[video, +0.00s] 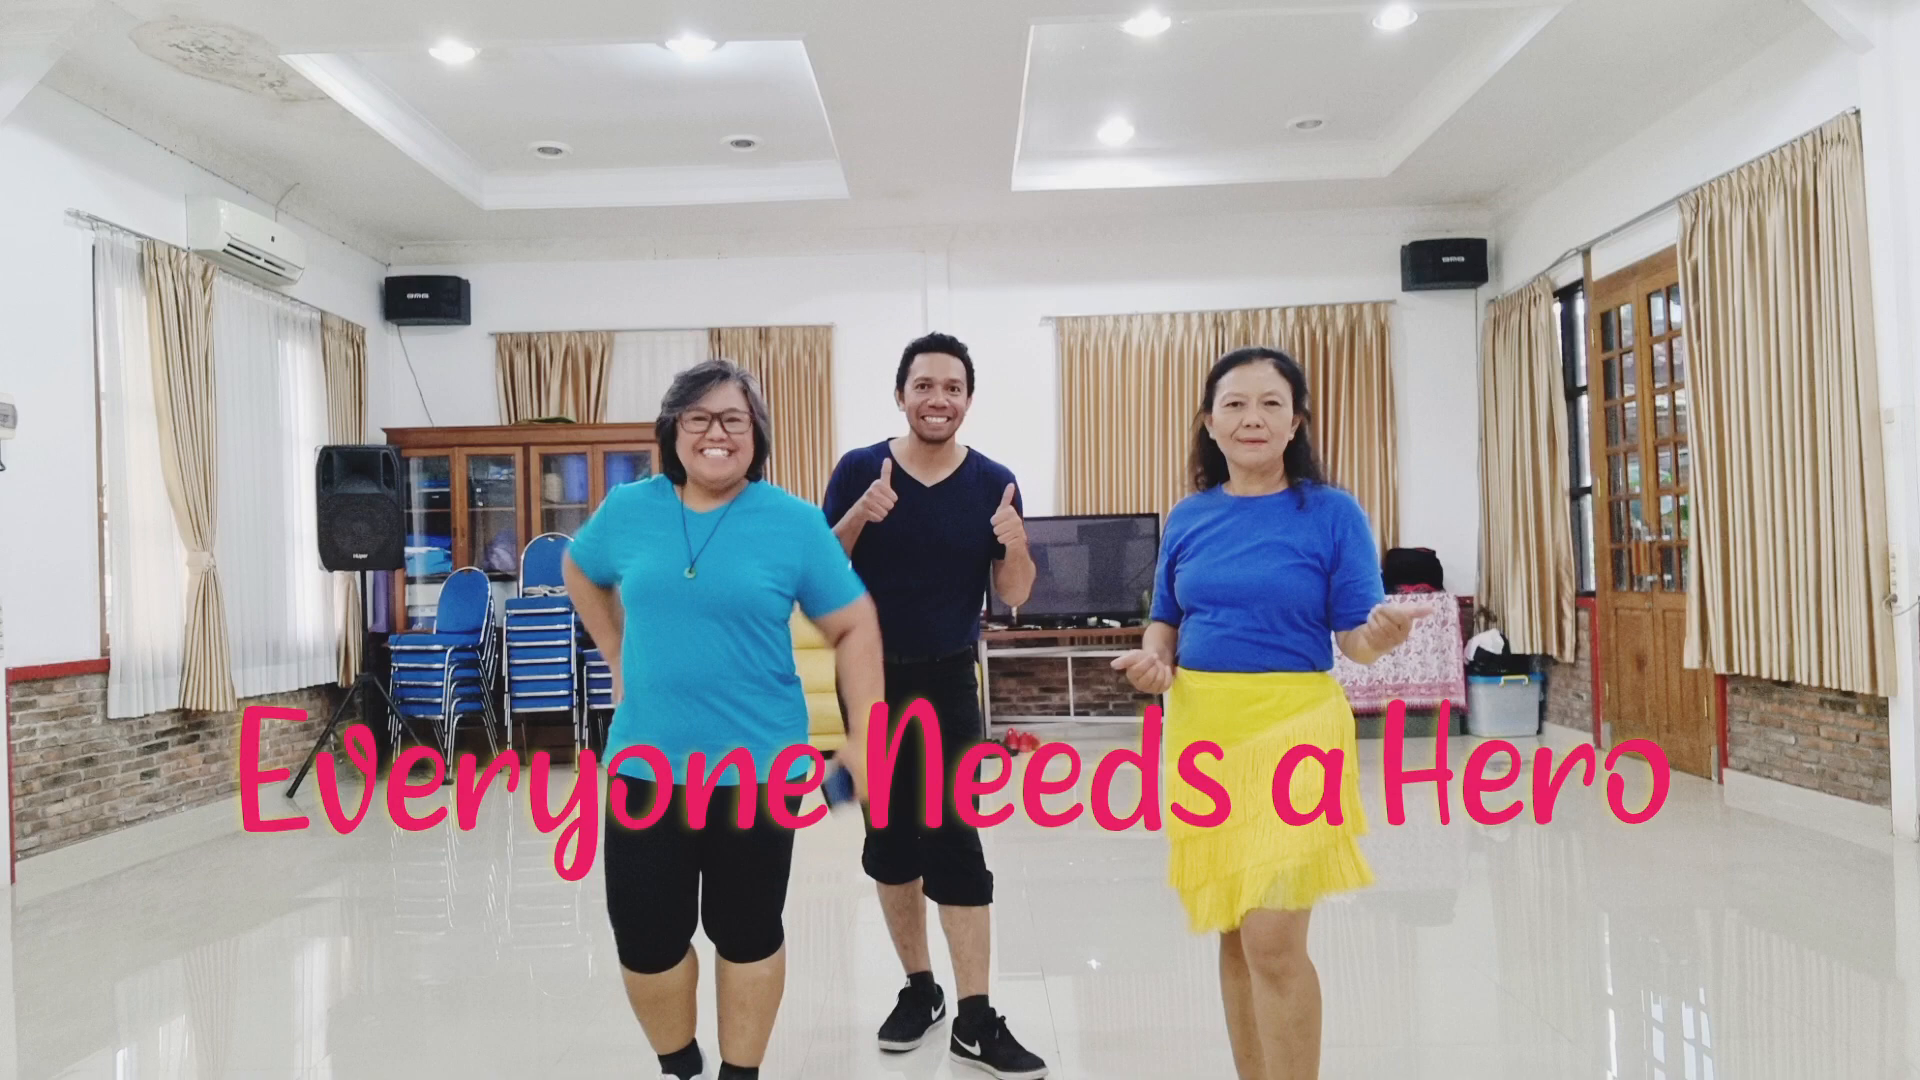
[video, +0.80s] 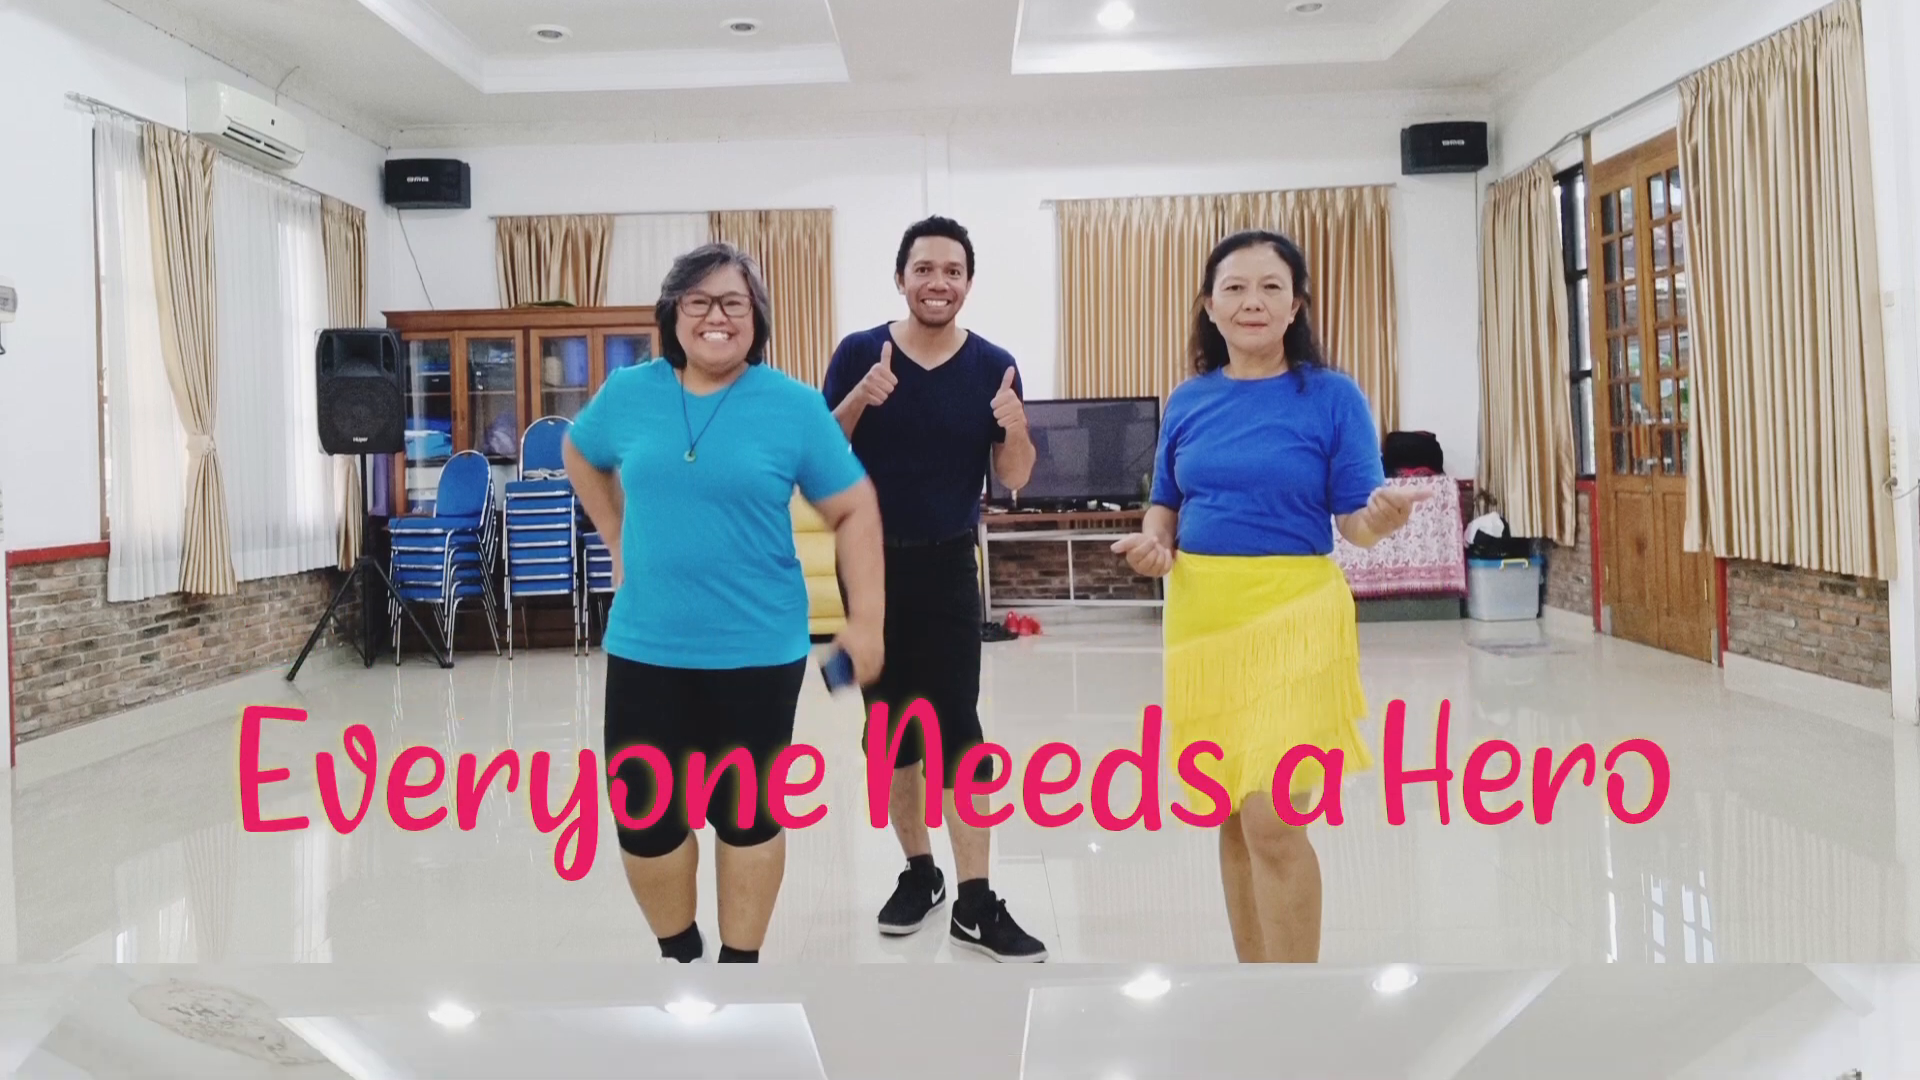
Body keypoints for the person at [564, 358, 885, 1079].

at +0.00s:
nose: (720, 432)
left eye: (736, 420)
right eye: (702, 420)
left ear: (756, 436)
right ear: (672, 434)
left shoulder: (795, 523)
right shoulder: (627, 509)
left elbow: (856, 626)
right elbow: (580, 570)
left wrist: (865, 738)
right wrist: (625, 663)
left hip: (758, 768)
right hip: (645, 764)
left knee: (746, 932)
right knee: (646, 938)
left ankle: (739, 1076)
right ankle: (680, 1069)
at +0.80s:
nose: (719, 316)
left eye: (735, 303)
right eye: (701, 303)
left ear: (756, 319)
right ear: (672, 317)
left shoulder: (795, 407)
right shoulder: (627, 393)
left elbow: (856, 509)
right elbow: (580, 453)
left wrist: (867, 622)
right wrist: (622, 544)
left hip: (758, 652)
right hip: (646, 649)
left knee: (748, 815)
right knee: (645, 819)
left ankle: (738, 973)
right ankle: (681, 961)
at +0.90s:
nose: (719, 156)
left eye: (735, 143)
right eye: (702, 143)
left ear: (756, 160)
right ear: (672, 157)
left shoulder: (795, 248)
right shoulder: (627, 233)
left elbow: (856, 349)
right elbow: (580, 293)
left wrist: (867, 462)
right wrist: (623, 384)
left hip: (757, 493)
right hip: (645, 491)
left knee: (746, 659)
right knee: (647, 666)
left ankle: (746, 811)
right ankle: (674, 808)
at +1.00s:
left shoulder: (798, 5)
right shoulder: (620, 3)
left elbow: (855, 85)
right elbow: (580, 30)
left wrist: (867, 197)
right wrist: (626, 128)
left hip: (757, 222)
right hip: (646, 220)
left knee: (746, 392)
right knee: (646, 398)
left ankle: (739, 548)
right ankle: (682, 537)